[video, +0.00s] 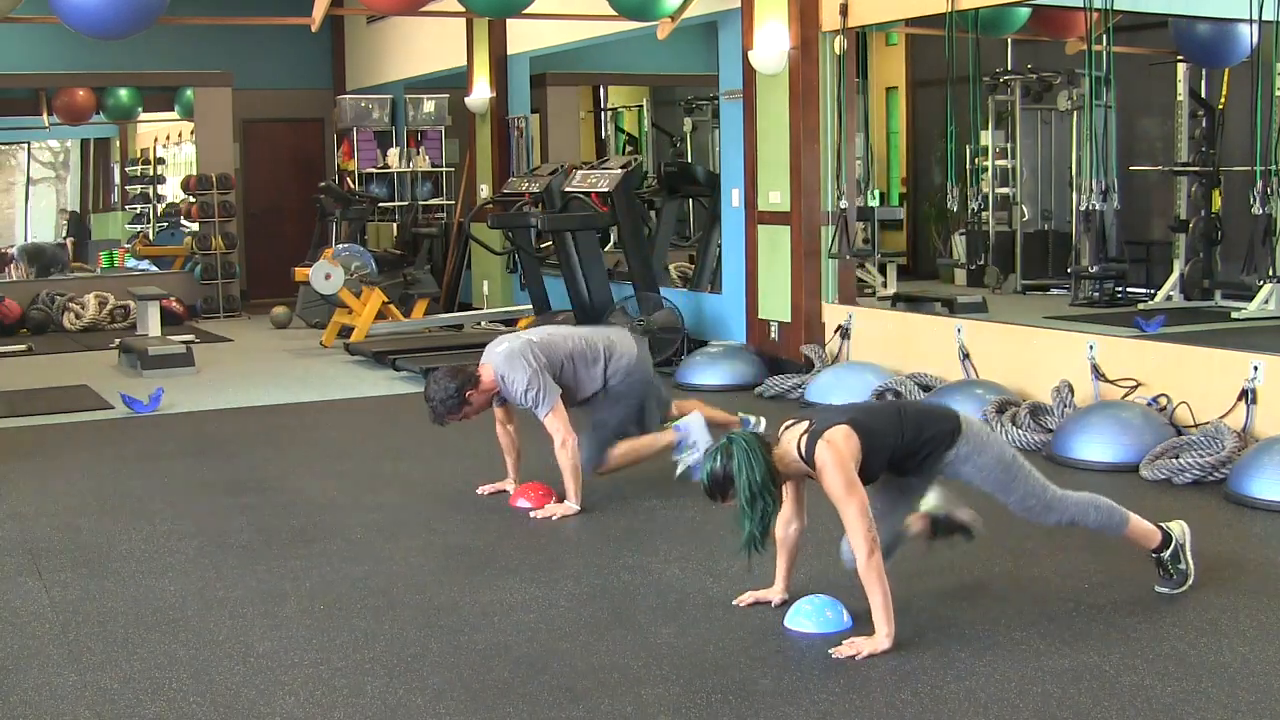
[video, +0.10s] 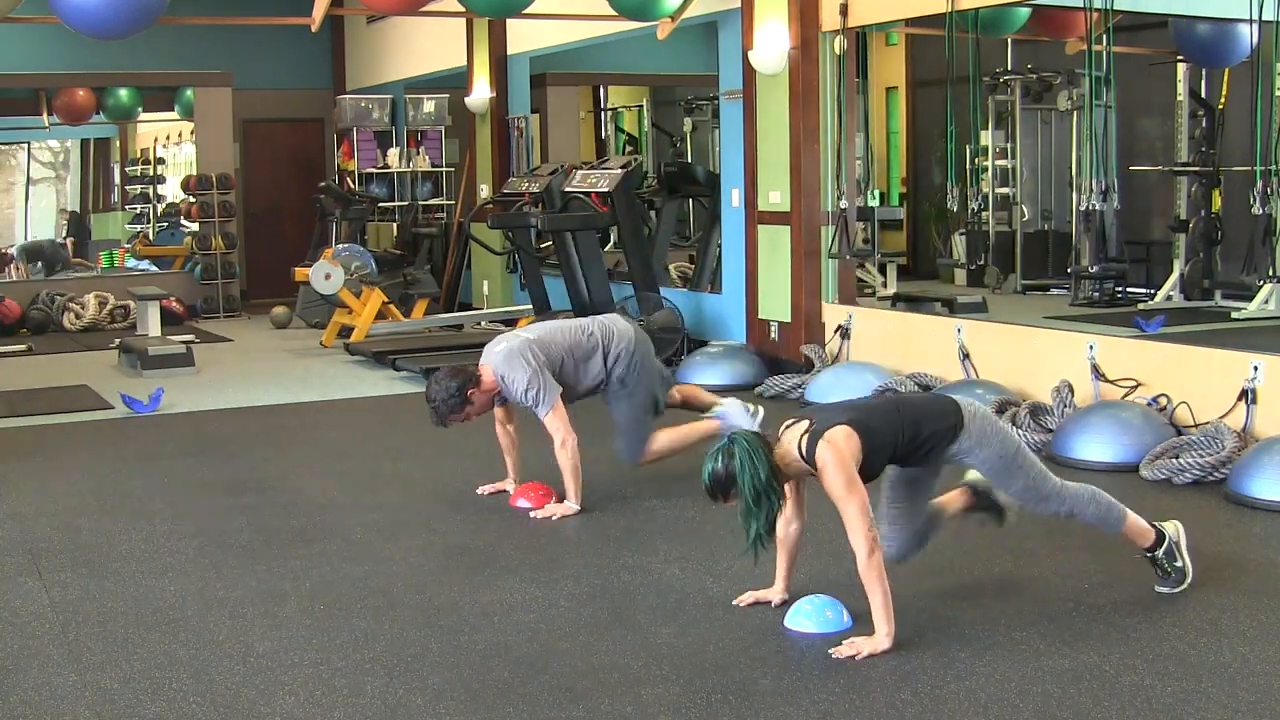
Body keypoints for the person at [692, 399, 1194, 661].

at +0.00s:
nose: (739, 502)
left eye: (736, 493)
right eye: (730, 495)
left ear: (749, 475)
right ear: (744, 456)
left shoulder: (828, 454)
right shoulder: (778, 447)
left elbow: (865, 550)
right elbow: (788, 521)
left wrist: (883, 634)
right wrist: (779, 588)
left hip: (953, 439)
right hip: (899, 461)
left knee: (1047, 505)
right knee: (864, 541)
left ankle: (1164, 539)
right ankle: (929, 521)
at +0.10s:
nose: (745, 503)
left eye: (742, 494)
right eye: (737, 497)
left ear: (755, 475)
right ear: (749, 461)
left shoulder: (830, 452)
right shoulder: (781, 448)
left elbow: (867, 548)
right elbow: (789, 521)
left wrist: (883, 632)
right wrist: (779, 587)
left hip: (957, 428)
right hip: (906, 454)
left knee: (1047, 495)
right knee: (897, 544)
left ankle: (1156, 538)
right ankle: (975, 493)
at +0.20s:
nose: (754, 504)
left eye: (750, 493)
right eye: (745, 498)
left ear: (761, 473)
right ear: (752, 457)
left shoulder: (829, 451)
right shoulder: (779, 444)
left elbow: (867, 547)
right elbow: (787, 518)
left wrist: (883, 633)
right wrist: (780, 587)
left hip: (961, 427)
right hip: (922, 444)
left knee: (1049, 495)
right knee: (937, 530)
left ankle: (1156, 537)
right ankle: (1007, 487)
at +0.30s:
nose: (741, 501)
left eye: (739, 494)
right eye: (733, 497)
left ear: (750, 474)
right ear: (748, 450)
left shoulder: (828, 454)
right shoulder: (776, 446)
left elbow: (869, 549)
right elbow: (788, 520)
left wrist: (883, 635)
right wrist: (779, 588)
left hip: (959, 444)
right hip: (925, 453)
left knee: (1049, 506)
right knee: (969, 511)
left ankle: (1156, 536)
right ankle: (1055, 509)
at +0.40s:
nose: (744, 503)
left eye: (741, 496)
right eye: (736, 499)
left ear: (751, 473)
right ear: (750, 453)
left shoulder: (830, 455)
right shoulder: (775, 447)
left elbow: (871, 549)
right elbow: (785, 520)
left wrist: (883, 634)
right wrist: (780, 587)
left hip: (951, 463)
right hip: (919, 474)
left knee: (1050, 511)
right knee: (999, 512)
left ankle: (1161, 536)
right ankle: (1066, 525)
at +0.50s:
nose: (740, 504)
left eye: (739, 497)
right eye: (732, 500)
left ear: (752, 474)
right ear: (747, 449)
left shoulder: (828, 454)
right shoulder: (766, 441)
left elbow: (869, 547)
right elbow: (780, 514)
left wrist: (882, 634)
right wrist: (780, 586)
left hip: (937, 458)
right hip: (909, 459)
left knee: (1024, 539)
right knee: (997, 505)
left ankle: (1151, 535)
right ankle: (1070, 509)